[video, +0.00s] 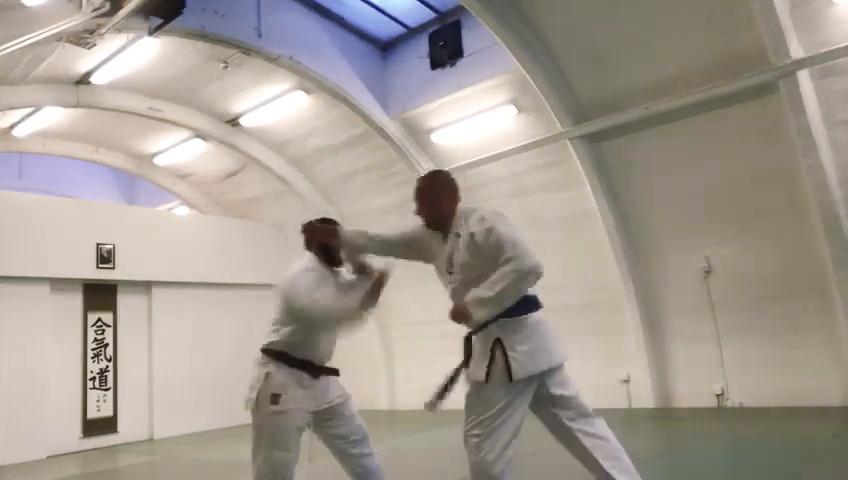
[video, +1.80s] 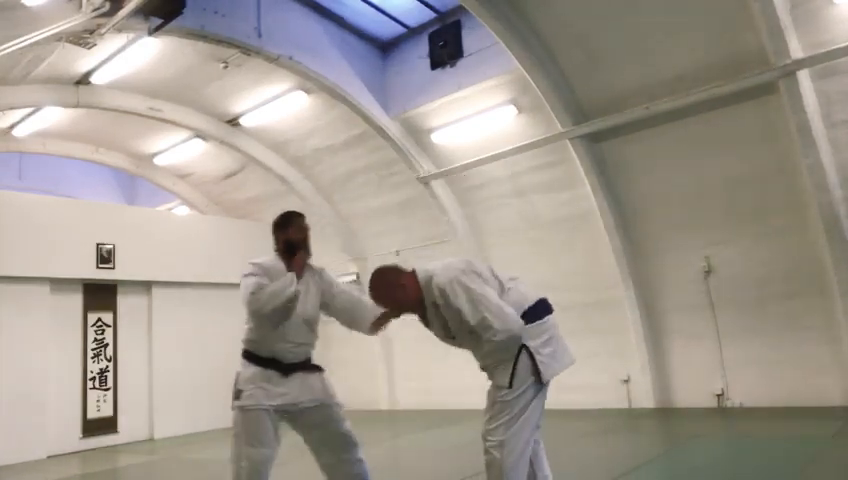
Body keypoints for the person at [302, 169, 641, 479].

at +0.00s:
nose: (417, 208)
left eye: (421, 200)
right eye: (416, 201)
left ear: (442, 199)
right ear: (442, 198)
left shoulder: (485, 224)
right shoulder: (432, 240)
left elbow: (527, 265)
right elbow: (381, 243)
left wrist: (473, 305)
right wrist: (335, 233)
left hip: (507, 344)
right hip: (526, 337)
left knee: (483, 447)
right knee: (578, 424)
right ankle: (626, 476)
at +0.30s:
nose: (395, 200)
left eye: (401, 192)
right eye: (396, 193)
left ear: (424, 192)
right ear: (420, 195)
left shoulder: (460, 217)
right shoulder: (411, 240)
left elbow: (504, 258)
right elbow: (369, 260)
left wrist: (448, 285)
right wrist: (315, 266)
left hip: (489, 335)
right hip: (477, 337)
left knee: (480, 447)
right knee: (527, 424)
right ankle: (590, 475)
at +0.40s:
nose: (400, 200)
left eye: (405, 192)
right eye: (400, 193)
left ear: (428, 191)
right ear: (420, 193)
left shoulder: (457, 217)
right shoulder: (413, 241)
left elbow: (500, 258)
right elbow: (371, 258)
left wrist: (445, 287)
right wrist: (317, 263)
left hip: (487, 338)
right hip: (471, 339)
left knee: (481, 451)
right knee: (519, 431)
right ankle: (560, 475)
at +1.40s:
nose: (416, 227)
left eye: (420, 218)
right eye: (415, 221)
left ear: (442, 212)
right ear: (438, 214)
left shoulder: (477, 238)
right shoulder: (440, 257)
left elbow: (496, 295)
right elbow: (403, 285)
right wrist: (346, 286)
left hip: (516, 340)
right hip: (501, 342)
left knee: (488, 435)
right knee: (520, 441)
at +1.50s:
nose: (408, 252)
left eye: (409, 243)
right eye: (405, 245)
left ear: (428, 231)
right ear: (431, 231)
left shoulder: (472, 249)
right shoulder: (436, 266)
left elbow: (497, 314)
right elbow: (423, 310)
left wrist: (475, 355)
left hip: (522, 340)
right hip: (505, 341)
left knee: (487, 434)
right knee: (518, 440)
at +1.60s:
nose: (404, 277)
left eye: (403, 268)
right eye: (399, 271)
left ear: (416, 252)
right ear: (418, 249)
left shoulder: (464, 259)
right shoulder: (437, 273)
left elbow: (502, 320)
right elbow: (444, 324)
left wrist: (481, 354)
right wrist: (427, 353)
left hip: (524, 342)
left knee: (491, 437)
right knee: (521, 440)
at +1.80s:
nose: (396, 309)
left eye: (394, 302)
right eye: (390, 305)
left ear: (404, 286)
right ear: (406, 281)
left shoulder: (450, 282)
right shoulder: (429, 290)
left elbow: (507, 328)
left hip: (527, 343)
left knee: (499, 441)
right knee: (522, 440)